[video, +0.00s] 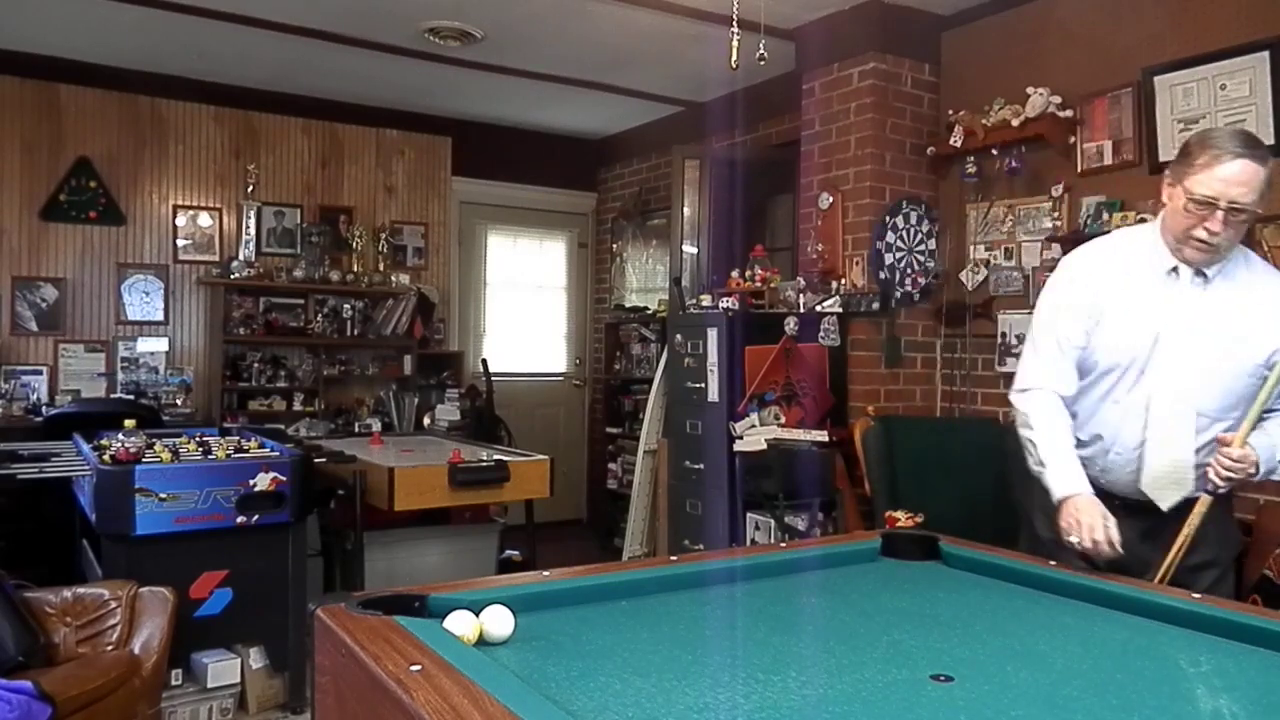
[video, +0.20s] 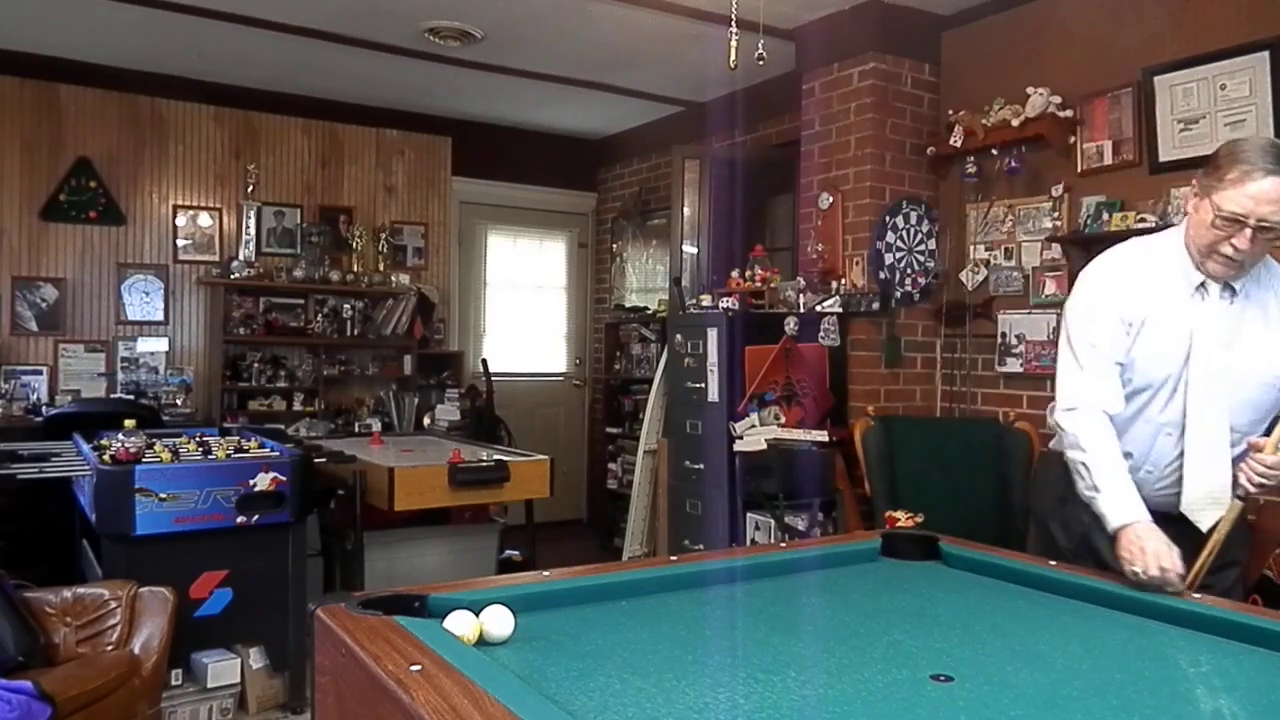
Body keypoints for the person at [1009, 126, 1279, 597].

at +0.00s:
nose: (1216, 225)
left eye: (1237, 213)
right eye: (1203, 203)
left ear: (1255, 216)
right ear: (1169, 191)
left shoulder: (1269, 295)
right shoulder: (1091, 268)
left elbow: (1275, 415)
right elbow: (1037, 389)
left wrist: (1255, 456)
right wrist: (1073, 495)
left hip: (1196, 524)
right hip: (1080, 515)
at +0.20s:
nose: (1243, 244)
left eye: (1265, 231)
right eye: (1231, 220)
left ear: (1277, 233)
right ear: (1193, 200)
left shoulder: (1273, 293)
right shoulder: (1113, 279)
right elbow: (1079, 414)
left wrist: (1268, 462)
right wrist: (1129, 523)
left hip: (1209, 522)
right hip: (1090, 510)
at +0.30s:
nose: (1255, 254)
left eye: (1273, 239)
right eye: (1242, 229)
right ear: (1203, 208)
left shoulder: (1273, 295)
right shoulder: (1120, 285)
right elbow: (1100, 426)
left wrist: (1267, 460)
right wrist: (1158, 534)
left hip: (1210, 521)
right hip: (1094, 507)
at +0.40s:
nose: (1264, 260)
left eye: (1277, 246)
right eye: (1250, 236)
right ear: (1208, 214)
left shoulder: (1271, 297)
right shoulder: (1128, 289)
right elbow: (1117, 432)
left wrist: (1267, 457)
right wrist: (1179, 541)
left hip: (1207, 520)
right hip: (1097, 510)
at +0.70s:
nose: (1270, 248)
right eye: (1260, 224)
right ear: (1219, 202)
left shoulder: (1273, 298)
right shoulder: (1132, 281)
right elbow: (1093, 419)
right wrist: (1163, 516)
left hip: (1222, 525)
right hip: (1103, 508)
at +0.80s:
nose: (1265, 237)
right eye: (1253, 212)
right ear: (1216, 193)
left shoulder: (1273, 290)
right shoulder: (1129, 274)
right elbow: (1064, 404)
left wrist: (1270, 463)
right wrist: (1134, 499)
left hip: (1227, 533)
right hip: (1103, 522)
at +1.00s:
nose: (1212, 211)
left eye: (1238, 198)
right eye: (1202, 190)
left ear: (1270, 206)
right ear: (1179, 185)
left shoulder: (1274, 278)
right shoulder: (1110, 266)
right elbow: (1038, 385)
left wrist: (1270, 452)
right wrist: (1075, 488)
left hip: (1224, 532)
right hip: (1102, 520)